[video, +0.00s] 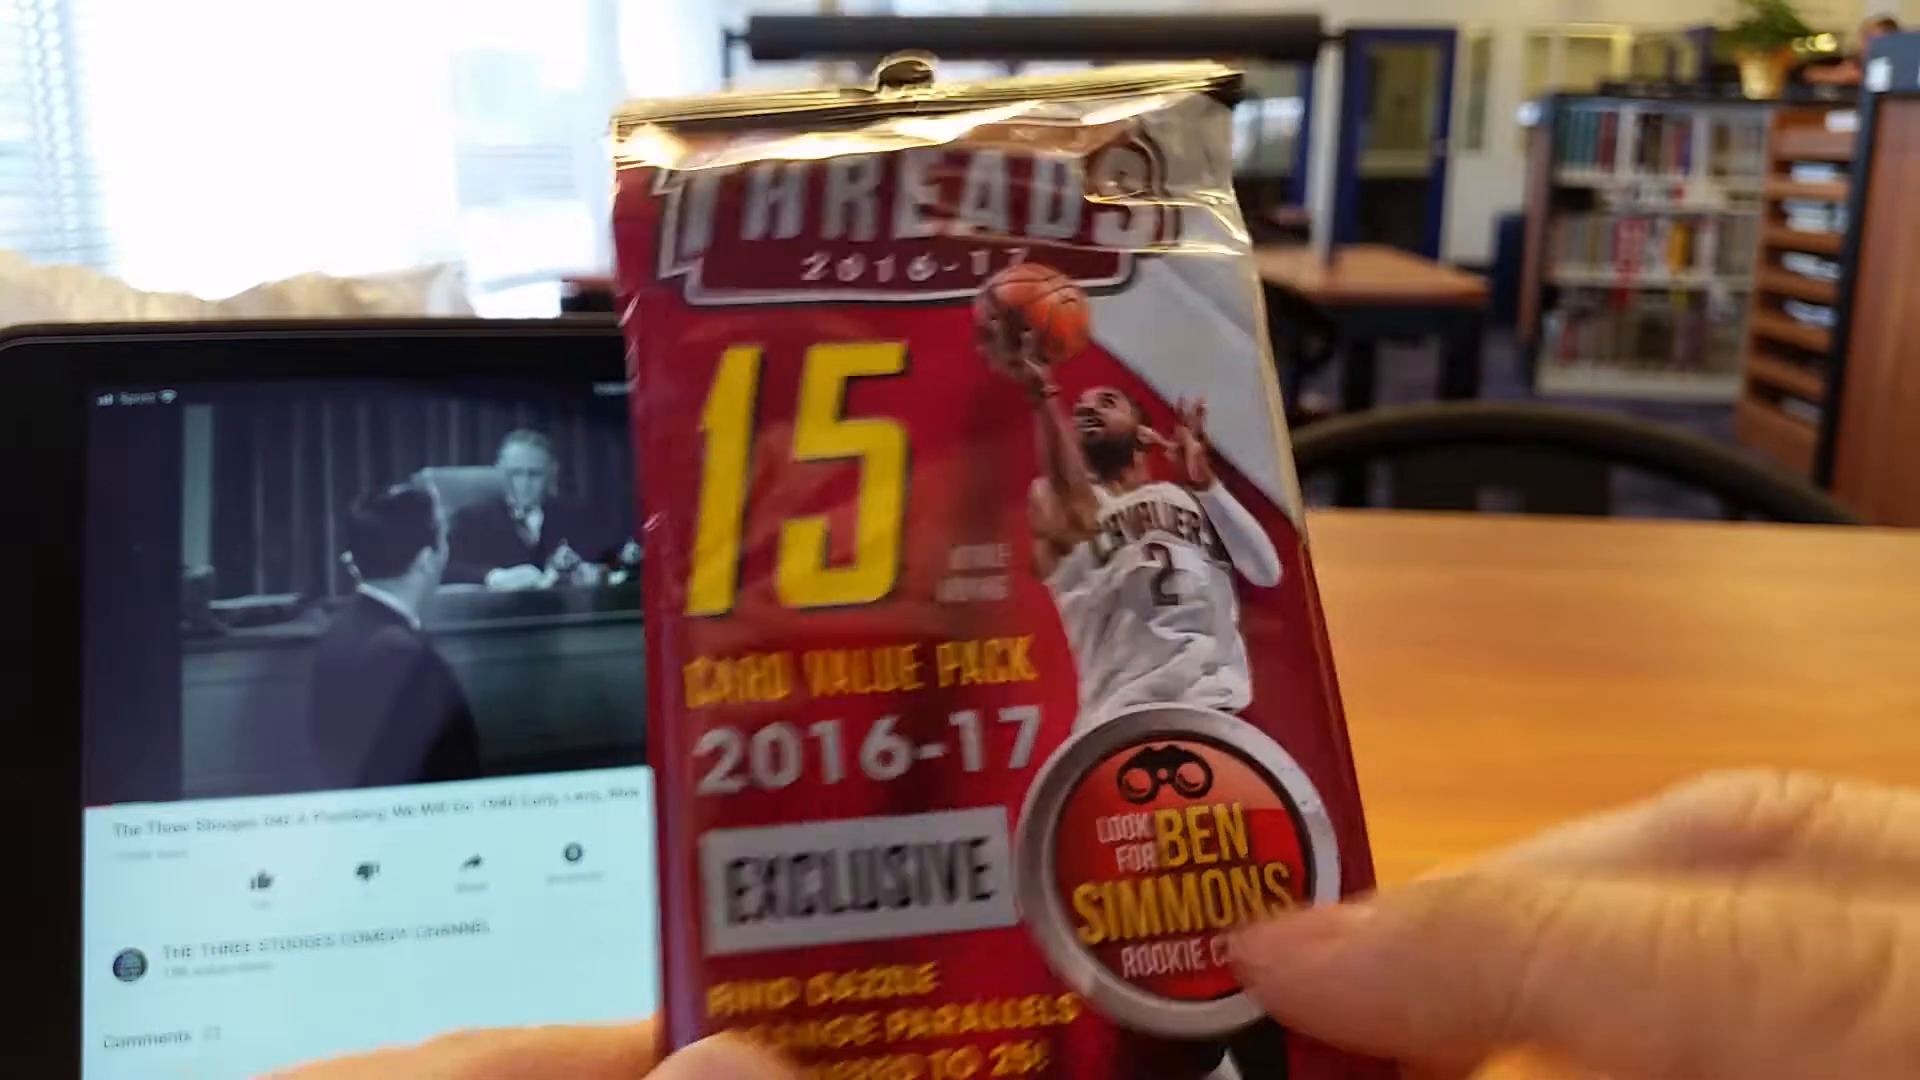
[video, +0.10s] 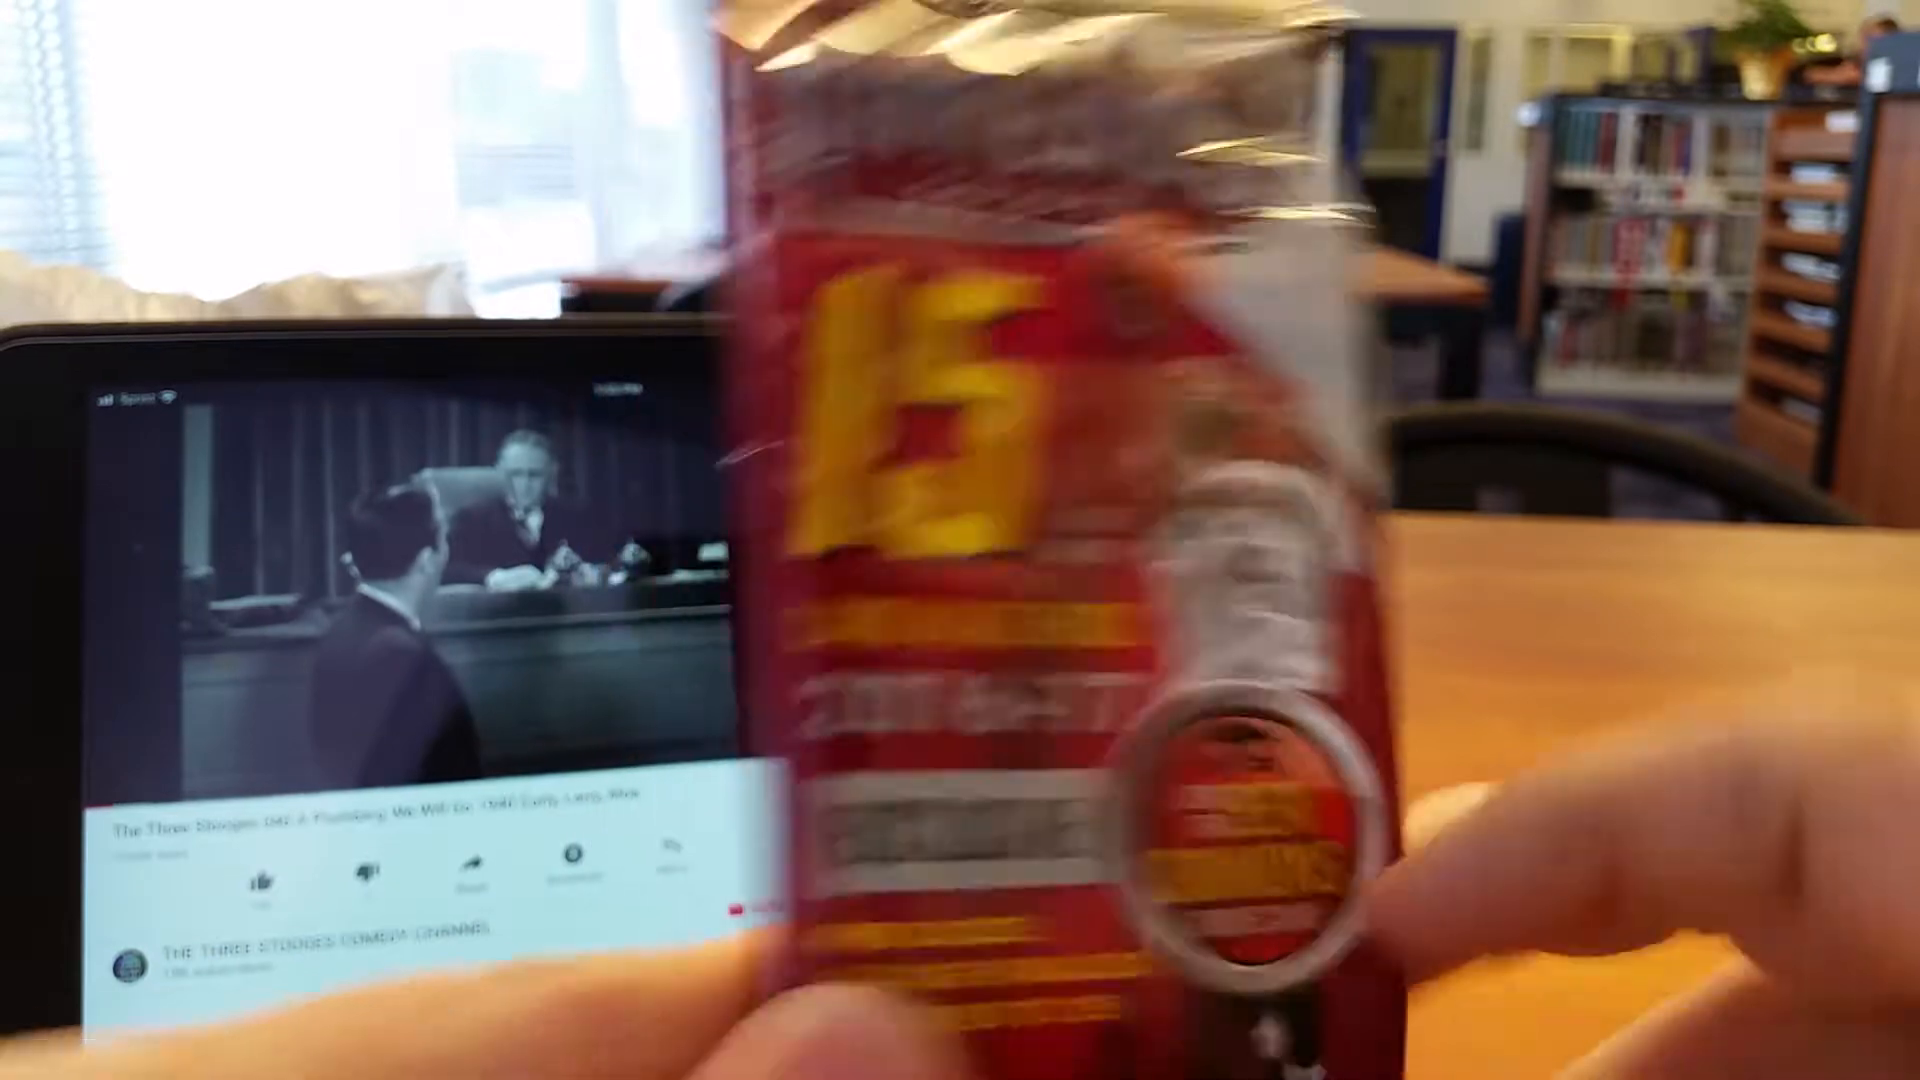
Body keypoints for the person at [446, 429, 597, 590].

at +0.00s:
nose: (524, 484)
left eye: (533, 474)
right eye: (515, 474)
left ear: (551, 474)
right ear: (500, 474)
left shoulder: (572, 519)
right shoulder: (474, 521)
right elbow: (450, 571)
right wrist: (492, 577)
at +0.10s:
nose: (524, 484)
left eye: (534, 475)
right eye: (516, 474)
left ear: (552, 474)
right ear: (502, 475)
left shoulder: (573, 519)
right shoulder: (474, 522)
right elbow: (451, 572)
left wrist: (582, 573)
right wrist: (492, 577)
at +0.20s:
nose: (523, 485)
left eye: (533, 475)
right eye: (514, 474)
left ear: (551, 474)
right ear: (500, 474)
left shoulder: (575, 520)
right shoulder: (475, 522)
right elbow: (450, 570)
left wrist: (595, 573)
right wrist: (491, 577)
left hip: (569, 630)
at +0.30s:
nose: (523, 484)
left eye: (533, 474)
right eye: (514, 474)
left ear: (551, 475)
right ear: (500, 474)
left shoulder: (575, 518)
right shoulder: (475, 522)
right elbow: (451, 570)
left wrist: (590, 574)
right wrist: (493, 577)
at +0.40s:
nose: (523, 484)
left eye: (533, 474)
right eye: (514, 474)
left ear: (551, 475)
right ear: (500, 475)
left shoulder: (576, 518)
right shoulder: (474, 523)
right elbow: (450, 570)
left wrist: (593, 573)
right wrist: (491, 576)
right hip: (499, 638)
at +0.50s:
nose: (524, 484)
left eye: (534, 475)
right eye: (516, 474)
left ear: (552, 476)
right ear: (503, 474)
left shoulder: (577, 518)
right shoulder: (476, 521)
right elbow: (451, 569)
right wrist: (493, 577)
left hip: (570, 628)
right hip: (501, 633)